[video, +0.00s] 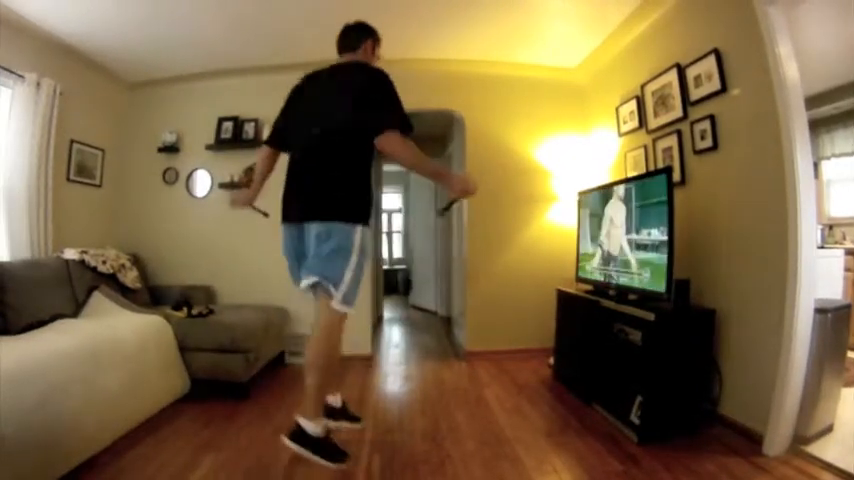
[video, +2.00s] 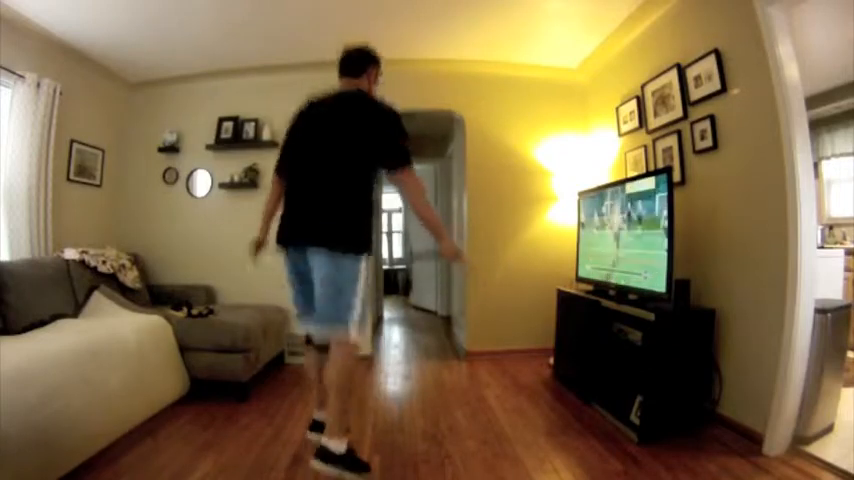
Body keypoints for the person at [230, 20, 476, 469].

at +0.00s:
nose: (378, 58)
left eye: (376, 52)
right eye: (378, 52)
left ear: (339, 49)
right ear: (371, 47)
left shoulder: (307, 83)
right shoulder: (372, 79)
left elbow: (273, 143)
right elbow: (389, 142)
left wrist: (252, 190)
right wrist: (447, 177)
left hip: (298, 207)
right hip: (341, 208)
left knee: (330, 310)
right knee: (330, 315)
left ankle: (332, 399)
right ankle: (308, 424)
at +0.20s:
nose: (381, 106)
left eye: (380, 98)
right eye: (380, 98)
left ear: (341, 100)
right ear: (374, 98)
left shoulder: (315, 139)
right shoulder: (378, 138)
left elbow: (277, 192)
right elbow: (413, 200)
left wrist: (274, 211)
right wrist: (471, 213)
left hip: (301, 270)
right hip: (346, 273)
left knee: (330, 361)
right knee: (359, 376)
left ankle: (323, 435)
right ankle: (327, 463)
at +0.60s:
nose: (389, 68)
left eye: (386, 62)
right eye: (388, 62)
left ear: (351, 59)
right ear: (382, 59)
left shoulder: (322, 95)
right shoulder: (390, 93)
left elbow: (292, 162)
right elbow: (419, 154)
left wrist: (271, 212)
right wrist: (458, 202)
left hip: (311, 212)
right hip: (356, 211)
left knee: (337, 315)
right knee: (347, 314)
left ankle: (346, 410)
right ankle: (332, 417)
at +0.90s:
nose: (396, 97)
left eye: (391, 91)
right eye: (396, 91)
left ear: (358, 90)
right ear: (391, 90)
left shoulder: (332, 128)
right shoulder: (397, 129)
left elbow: (287, 174)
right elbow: (426, 187)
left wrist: (268, 200)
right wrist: (473, 205)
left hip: (319, 249)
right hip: (365, 252)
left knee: (343, 345)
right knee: (377, 354)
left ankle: (342, 425)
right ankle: (360, 453)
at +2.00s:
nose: (378, 84)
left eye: (376, 78)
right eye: (379, 78)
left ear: (340, 74)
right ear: (372, 76)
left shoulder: (309, 112)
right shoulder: (378, 116)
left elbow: (280, 178)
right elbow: (407, 182)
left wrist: (262, 229)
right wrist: (444, 238)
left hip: (296, 235)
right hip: (341, 238)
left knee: (316, 336)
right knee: (342, 340)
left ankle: (319, 416)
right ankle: (333, 443)